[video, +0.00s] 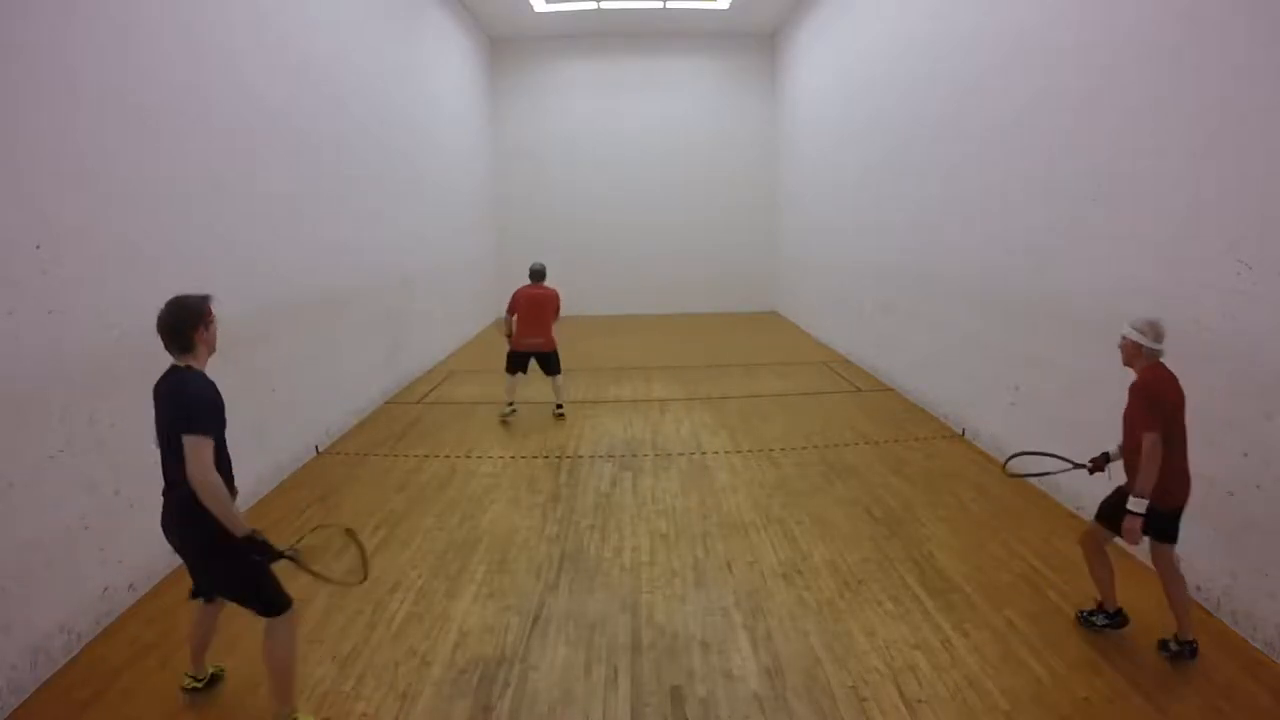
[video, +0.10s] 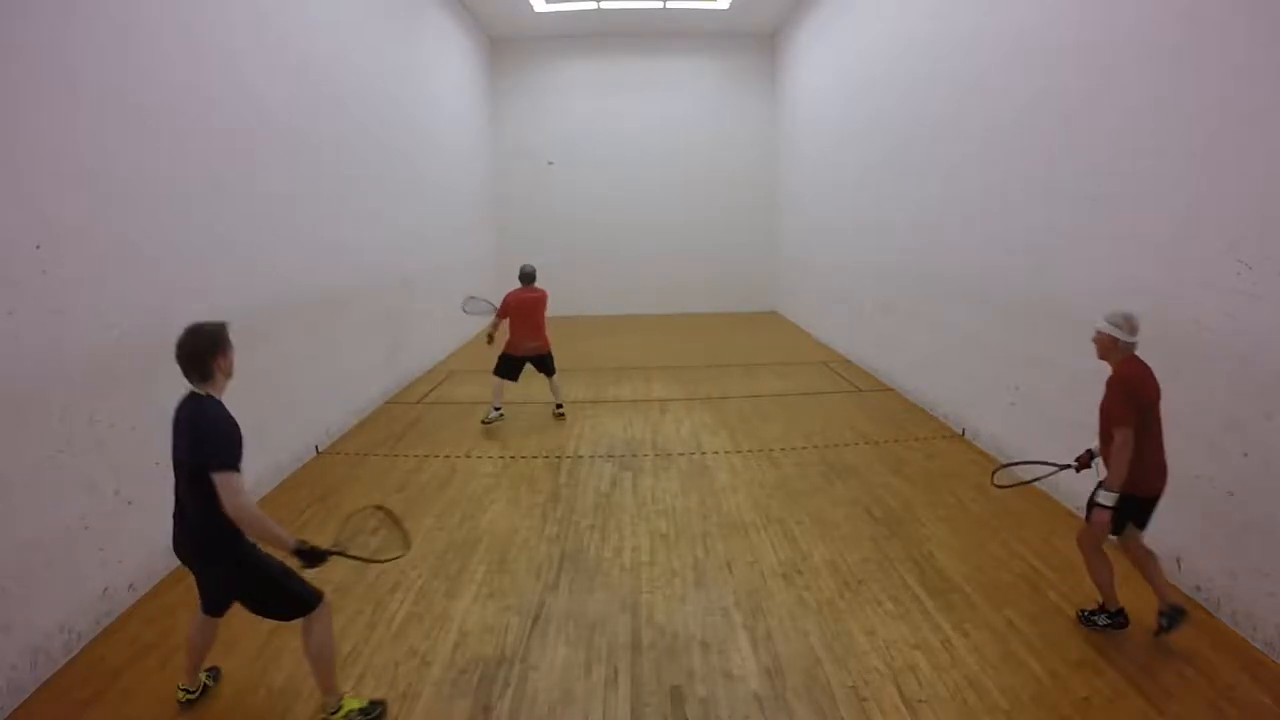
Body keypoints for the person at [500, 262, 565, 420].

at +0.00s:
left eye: (532, 275)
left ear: (529, 276)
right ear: (545, 277)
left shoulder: (520, 293)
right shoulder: (552, 294)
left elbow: (508, 315)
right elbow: (555, 316)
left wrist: (509, 334)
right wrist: (542, 321)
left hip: (521, 343)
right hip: (545, 343)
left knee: (512, 373)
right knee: (556, 374)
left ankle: (510, 405)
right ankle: (559, 406)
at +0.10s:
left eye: (522, 277)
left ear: (519, 279)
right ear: (535, 279)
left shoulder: (511, 297)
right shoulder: (543, 295)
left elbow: (498, 320)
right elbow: (534, 311)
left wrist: (491, 334)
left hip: (516, 347)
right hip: (540, 346)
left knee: (499, 376)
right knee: (551, 375)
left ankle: (496, 409)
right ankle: (559, 406)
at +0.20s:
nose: (508, 279)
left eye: (506, 276)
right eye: (515, 277)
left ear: (505, 278)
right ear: (520, 278)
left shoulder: (500, 299)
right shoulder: (526, 293)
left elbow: (486, 322)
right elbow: (507, 296)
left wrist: (472, 328)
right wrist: (489, 293)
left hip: (507, 351)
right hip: (528, 349)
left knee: (488, 380)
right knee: (538, 375)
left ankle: (496, 416)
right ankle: (558, 402)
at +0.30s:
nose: (484, 279)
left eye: (485, 276)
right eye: (484, 276)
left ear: (489, 278)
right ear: (501, 277)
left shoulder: (491, 300)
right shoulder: (507, 292)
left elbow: (480, 326)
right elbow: (485, 300)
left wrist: (463, 337)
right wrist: (464, 301)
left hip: (500, 351)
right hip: (515, 346)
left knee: (483, 381)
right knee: (511, 374)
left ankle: (496, 416)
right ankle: (532, 397)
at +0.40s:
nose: (466, 287)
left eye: (468, 284)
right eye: (466, 284)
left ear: (477, 285)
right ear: (476, 285)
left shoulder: (486, 303)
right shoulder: (476, 298)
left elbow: (484, 334)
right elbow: (465, 314)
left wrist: (469, 354)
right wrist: (446, 322)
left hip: (498, 350)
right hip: (490, 347)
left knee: (475, 382)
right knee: (482, 383)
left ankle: (489, 413)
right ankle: (485, 410)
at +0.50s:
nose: (451, 298)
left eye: (453, 294)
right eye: (451, 294)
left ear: (462, 295)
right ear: (459, 296)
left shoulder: (480, 311)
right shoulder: (458, 311)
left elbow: (492, 337)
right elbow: (451, 329)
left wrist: (495, 362)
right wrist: (437, 344)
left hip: (484, 359)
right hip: (472, 357)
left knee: (468, 389)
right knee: (472, 387)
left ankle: (473, 416)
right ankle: (485, 408)